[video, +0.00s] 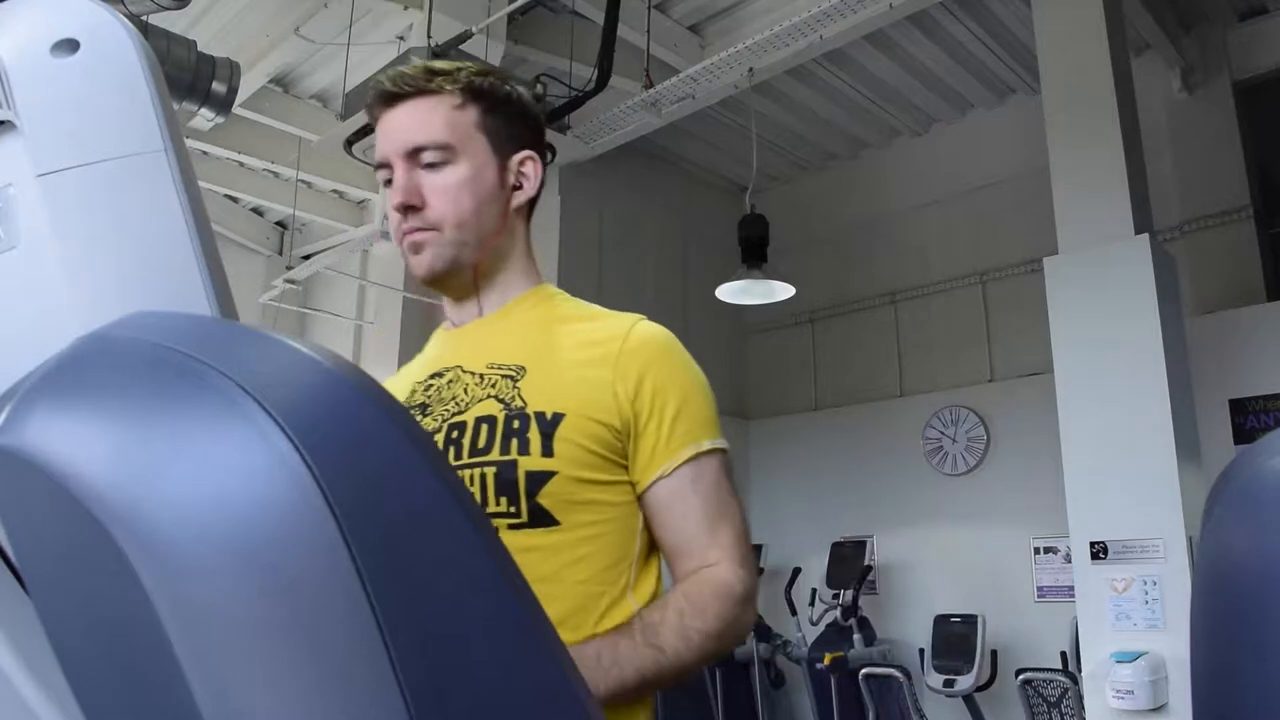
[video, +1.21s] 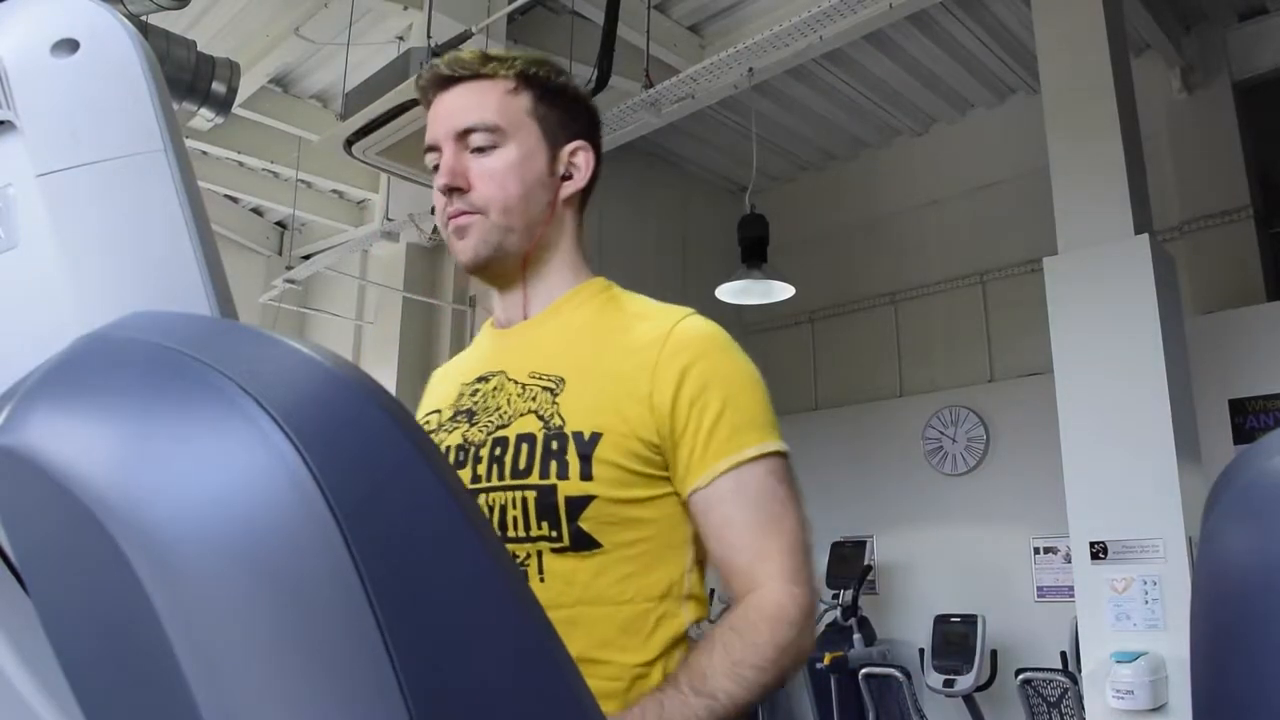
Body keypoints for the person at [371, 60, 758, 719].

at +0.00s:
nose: (398, 196)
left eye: (431, 162)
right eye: (386, 174)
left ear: (521, 178)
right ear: (382, 197)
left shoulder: (633, 355)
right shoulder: (387, 402)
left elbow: (721, 586)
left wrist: (552, 681)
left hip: (583, 709)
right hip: (420, 709)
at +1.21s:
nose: (444, 178)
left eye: (479, 146)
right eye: (435, 158)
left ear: (571, 169)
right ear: (431, 184)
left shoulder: (679, 351)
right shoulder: (442, 390)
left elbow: (780, 609)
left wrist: (640, 714)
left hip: (621, 700)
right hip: (463, 703)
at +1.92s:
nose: (353, 183)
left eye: (389, 148)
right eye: (340, 160)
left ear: (484, 167)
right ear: (335, 180)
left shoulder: (590, 354)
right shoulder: (367, 384)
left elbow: (681, 620)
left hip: (552, 701)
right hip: (396, 702)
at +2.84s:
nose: (438, 226)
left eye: (474, 192)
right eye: (426, 203)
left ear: (562, 214)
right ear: (418, 221)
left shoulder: (679, 400)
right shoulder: (430, 422)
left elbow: (712, 680)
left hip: (621, 702)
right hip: (460, 705)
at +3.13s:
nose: (534, 224)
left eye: (569, 194)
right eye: (524, 202)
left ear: (652, 216)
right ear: (519, 219)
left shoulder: (746, 395)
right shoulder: (503, 421)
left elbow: (736, 660)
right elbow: (439, 611)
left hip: (665, 703)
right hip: (512, 700)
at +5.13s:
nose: (498, 233)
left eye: (534, 206)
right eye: (490, 217)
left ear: (615, 239)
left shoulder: (709, 417)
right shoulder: (453, 441)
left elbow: (728, 698)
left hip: (643, 705)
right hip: (470, 703)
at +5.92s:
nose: (467, 254)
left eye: (499, 224)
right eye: (462, 234)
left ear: (584, 243)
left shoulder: (689, 420)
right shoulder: (445, 439)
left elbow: (735, 679)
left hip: (641, 705)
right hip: (467, 704)